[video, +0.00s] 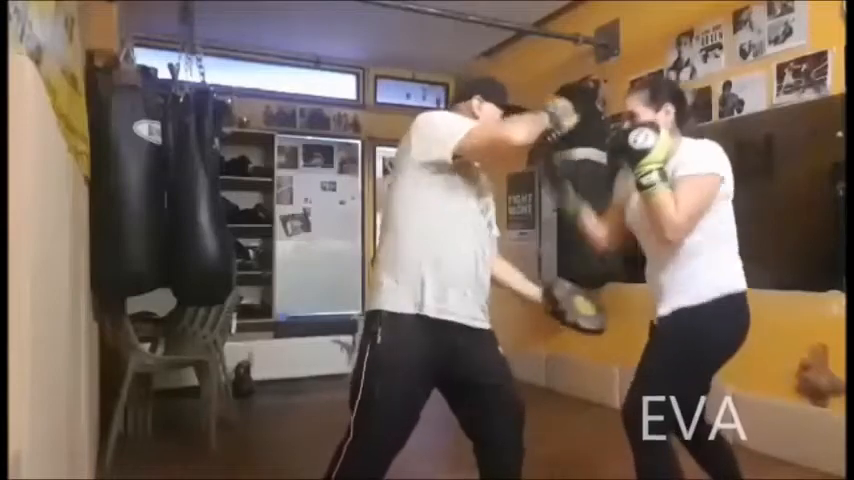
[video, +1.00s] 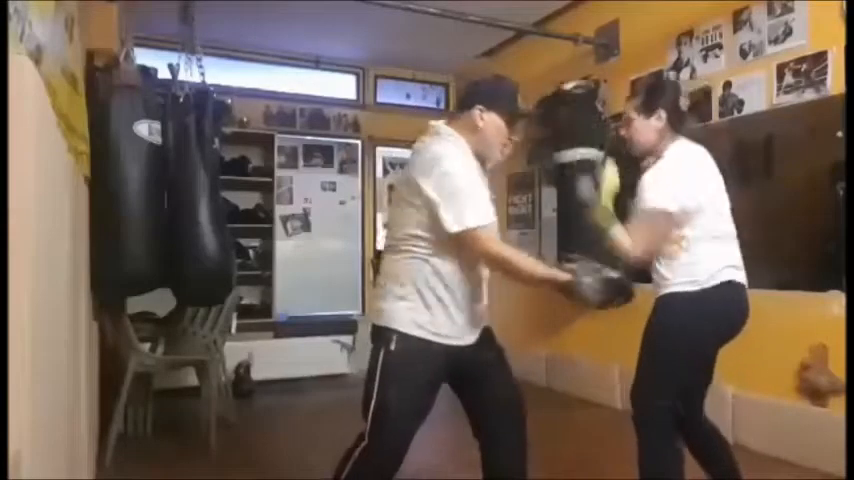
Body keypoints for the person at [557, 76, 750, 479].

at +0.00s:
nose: (627, 127)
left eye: (634, 117)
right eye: (625, 119)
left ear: (666, 113)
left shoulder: (703, 155)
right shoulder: (634, 173)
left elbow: (673, 229)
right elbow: (606, 239)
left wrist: (646, 165)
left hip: (711, 309)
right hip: (674, 315)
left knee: (641, 413)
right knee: (687, 418)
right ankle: (731, 474)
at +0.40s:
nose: (626, 121)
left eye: (633, 111)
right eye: (626, 113)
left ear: (663, 109)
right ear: (653, 111)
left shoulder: (702, 148)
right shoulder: (632, 164)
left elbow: (711, 193)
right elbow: (586, 194)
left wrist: (659, 154)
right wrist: (565, 155)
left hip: (699, 298)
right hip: (660, 305)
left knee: (650, 413)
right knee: (682, 411)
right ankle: (728, 474)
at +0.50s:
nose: (629, 118)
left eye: (634, 109)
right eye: (628, 111)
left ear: (657, 107)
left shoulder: (694, 150)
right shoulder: (649, 167)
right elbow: (634, 230)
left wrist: (640, 120)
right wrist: (597, 198)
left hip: (692, 295)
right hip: (665, 299)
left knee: (648, 413)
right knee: (682, 410)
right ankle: (727, 472)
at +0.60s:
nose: (635, 120)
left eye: (641, 112)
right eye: (636, 113)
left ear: (667, 112)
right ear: (675, 113)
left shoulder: (674, 141)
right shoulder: (692, 154)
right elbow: (635, 224)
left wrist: (582, 123)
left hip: (682, 300)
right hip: (710, 297)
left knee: (650, 413)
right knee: (688, 412)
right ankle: (729, 472)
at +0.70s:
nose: (634, 130)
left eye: (640, 120)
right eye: (632, 122)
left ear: (670, 113)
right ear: (672, 114)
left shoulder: (670, 148)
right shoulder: (701, 150)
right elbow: (656, 236)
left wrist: (589, 153)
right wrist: (631, 193)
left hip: (680, 296)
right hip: (715, 294)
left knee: (651, 409)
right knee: (690, 410)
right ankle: (730, 474)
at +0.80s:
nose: (627, 136)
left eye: (633, 126)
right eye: (625, 127)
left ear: (663, 121)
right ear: (662, 121)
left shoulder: (677, 165)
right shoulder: (691, 159)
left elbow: (666, 252)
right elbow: (672, 246)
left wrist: (627, 218)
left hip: (687, 295)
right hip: (718, 294)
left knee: (645, 400)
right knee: (685, 408)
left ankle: (656, 473)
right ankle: (727, 472)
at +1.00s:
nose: (623, 131)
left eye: (630, 120)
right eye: (623, 121)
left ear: (659, 118)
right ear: (659, 119)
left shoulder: (666, 171)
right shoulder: (692, 157)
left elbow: (637, 250)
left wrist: (601, 212)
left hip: (690, 300)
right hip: (718, 294)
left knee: (650, 404)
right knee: (686, 411)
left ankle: (662, 474)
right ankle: (728, 474)